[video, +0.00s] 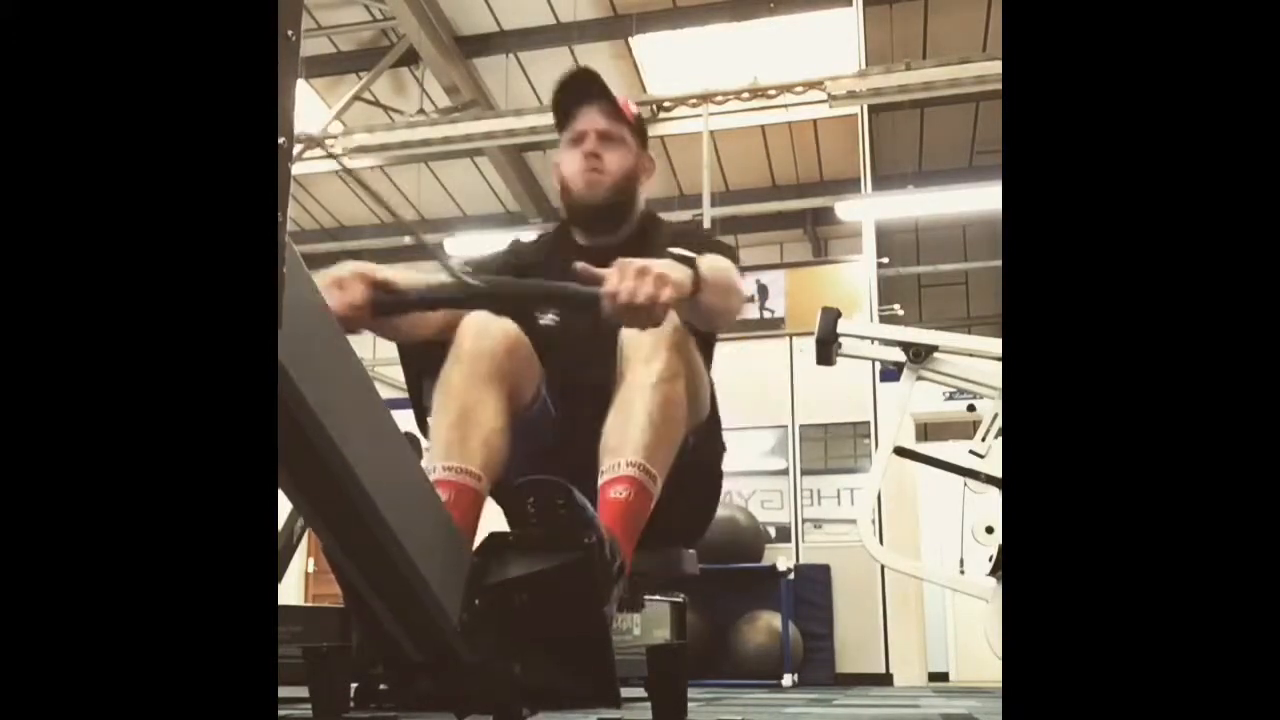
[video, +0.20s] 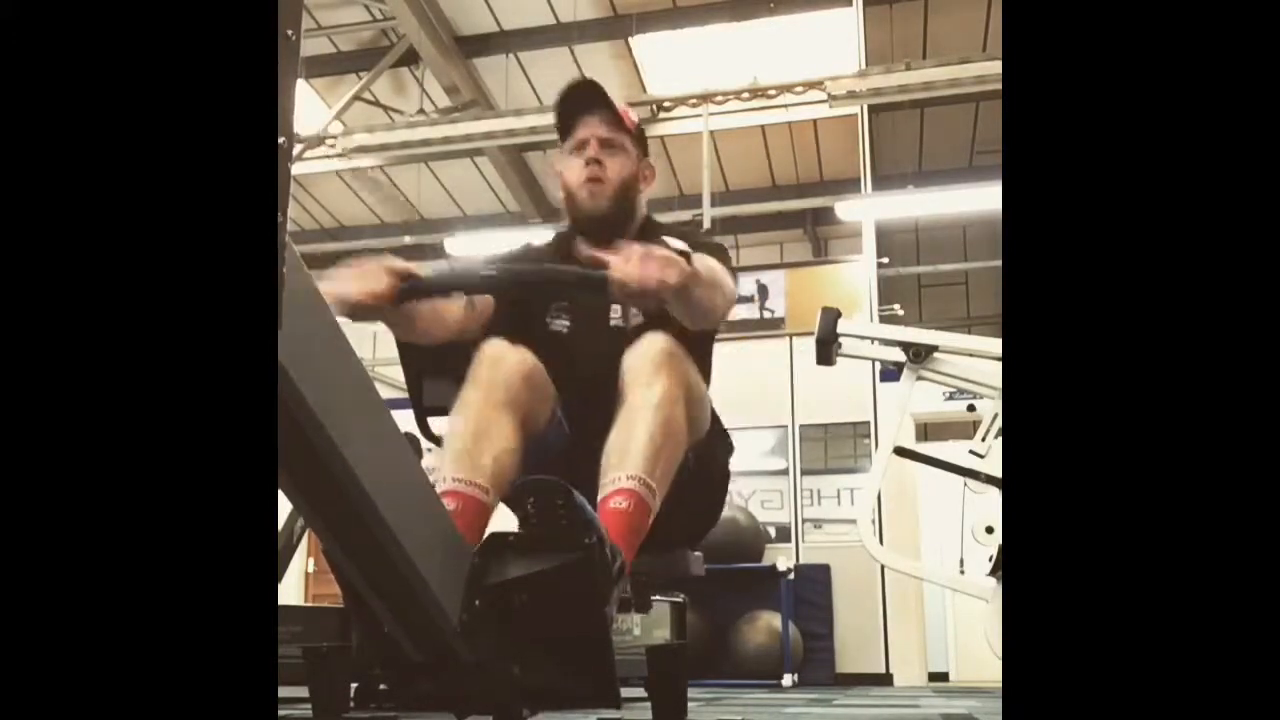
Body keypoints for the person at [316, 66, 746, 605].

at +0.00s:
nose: (589, 149)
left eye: (609, 139)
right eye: (576, 141)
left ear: (644, 167)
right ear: (557, 170)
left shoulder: (688, 246)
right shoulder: (527, 260)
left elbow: (731, 303)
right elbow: (442, 312)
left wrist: (684, 276)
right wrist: (369, 300)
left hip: (664, 485)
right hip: (545, 480)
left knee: (656, 334)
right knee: (482, 329)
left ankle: (606, 556)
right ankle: (440, 554)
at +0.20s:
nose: (592, 157)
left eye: (611, 147)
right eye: (577, 148)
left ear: (645, 173)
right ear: (558, 176)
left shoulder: (687, 257)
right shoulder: (532, 265)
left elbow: (716, 308)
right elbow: (454, 313)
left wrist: (678, 283)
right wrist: (386, 305)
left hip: (669, 483)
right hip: (555, 477)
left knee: (659, 352)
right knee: (500, 357)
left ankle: (605, 564)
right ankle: (446, 555)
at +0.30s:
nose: (620, 189)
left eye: (636, 179)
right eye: (606, 179)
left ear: (663, 201)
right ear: (588, 203)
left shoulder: (700, 274)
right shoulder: (560, 281)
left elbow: (748, 326)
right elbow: (483, 333)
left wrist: (707, 282)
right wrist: (442, 307)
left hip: (678, 482)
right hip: (563, 479)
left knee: (663, 398)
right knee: (511, 402)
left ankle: (605, 564)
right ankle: (452, 556)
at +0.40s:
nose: (642, 236)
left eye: (657, 224)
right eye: (631, 225)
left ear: (682, 240)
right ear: (616, 239)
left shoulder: (715, 308)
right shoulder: (586, 318)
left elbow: (769, 363)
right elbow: (509, 375)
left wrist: (730, 322)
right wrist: (490, 340)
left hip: (691, 472)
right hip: (587, 470)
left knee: (661, 436)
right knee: (523, 447)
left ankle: (611, 567)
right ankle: (460, 559)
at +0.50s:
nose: (655, 289)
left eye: (669, 277)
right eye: (644, 277)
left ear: (692, 288)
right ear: (628, 286)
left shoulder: (720, 356)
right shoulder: (593, 358)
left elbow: (797, 416)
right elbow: (509, 423)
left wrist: (752, 367)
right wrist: (515, 380)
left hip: (695, 501)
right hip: (594, 498)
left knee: (663, 471)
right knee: (539, 474)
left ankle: (610, 579)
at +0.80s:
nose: (647, 277)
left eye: (661, 267)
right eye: (635, 267)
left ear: (686, 278)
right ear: (619, 280)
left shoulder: (722, 345)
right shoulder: (575, 347)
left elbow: (823, 405)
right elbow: (480, 427)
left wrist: (766, 338)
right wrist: (499, 358)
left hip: (685, 505)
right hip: (578, 497)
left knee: (657, 419)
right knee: (538, 420)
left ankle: (608, 565)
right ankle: (468, 547)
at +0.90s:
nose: (635, 241)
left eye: (650, 228)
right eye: (622, 229)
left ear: (676, 241)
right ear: (607, 242)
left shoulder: (709, 320)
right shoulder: (568, 325)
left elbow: (796, 366)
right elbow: (470, 398)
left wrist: (746, 315)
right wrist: (459, 348)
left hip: (680, 498)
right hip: (565, 493)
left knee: (655, 382)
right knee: (519, 386)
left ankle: (609, 560)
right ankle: (457, 548)